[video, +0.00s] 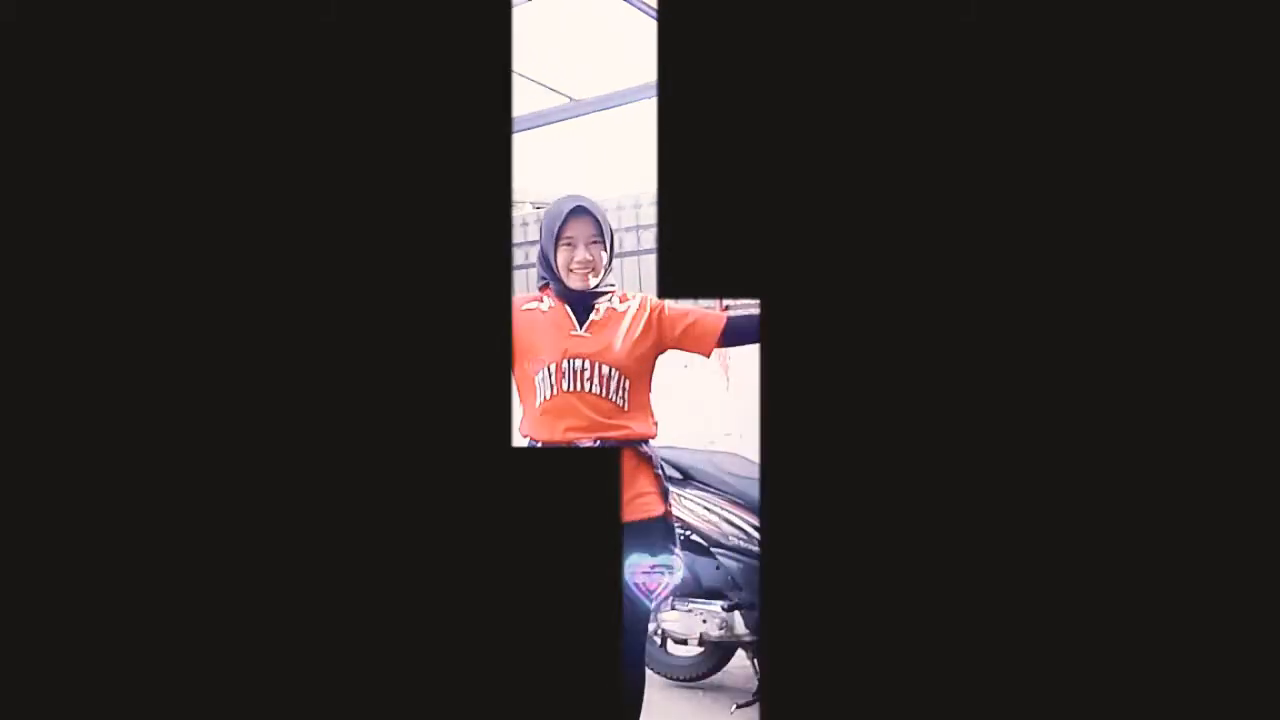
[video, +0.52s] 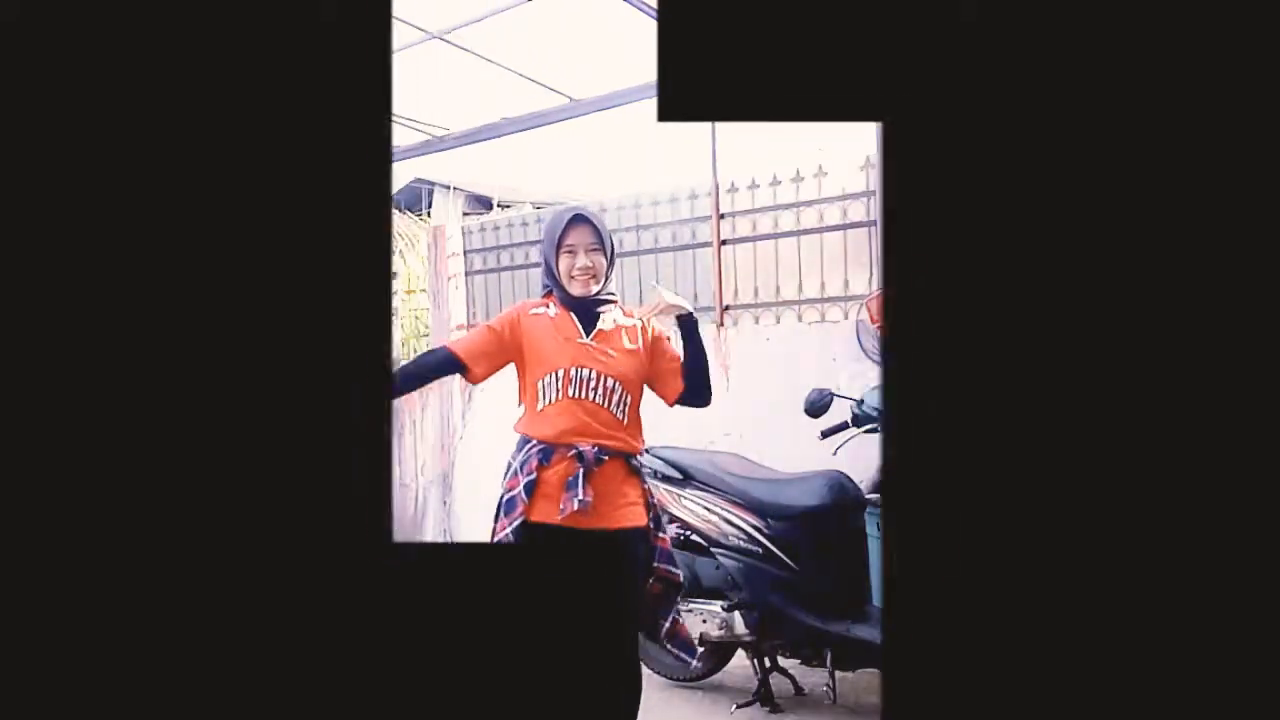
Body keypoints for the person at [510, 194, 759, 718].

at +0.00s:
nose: (583, 255)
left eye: (595, 243)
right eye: (569, 243)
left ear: (608, 251)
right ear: (549, 250)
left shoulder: (643, 312)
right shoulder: (520, 313)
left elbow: (725, 326)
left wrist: (771, 314)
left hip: (631, 488)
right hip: (551, 482)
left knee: (631, 628)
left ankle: (627, 708)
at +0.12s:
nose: (580, 260)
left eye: (591, 249)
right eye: (567, 248)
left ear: (604, 257)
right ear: (546, 256)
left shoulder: (638, 318)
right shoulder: (517, 322)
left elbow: (721, 346)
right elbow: (470, 393)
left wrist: (796, 364)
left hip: (631, 492)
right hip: (551, 487)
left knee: (623, 637)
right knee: (551, 633)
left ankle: (627, 709)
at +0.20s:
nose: (577, 261)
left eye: (587, 250)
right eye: (563, 251)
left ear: (602, 258)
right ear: (542, 259)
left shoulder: (632, 321)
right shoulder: (513, 323)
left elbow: (713, 349)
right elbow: (456, 379)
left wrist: (804, 356)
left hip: (627, 490)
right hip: (548, 487)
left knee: (629, 637)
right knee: (550, 631)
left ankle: (628, 708)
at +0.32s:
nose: (578, 253)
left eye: (590, 242)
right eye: (565, 243)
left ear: (604, 250)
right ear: (545, 251)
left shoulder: (635, 311)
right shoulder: (516, 310)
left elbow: (719, 335)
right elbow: (444, 346)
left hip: (619, 482)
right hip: (540, 484)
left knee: (629, 627)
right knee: (540, 626)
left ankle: (628, 714)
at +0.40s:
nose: (581, 255)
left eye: (592, 244)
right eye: (568, 245)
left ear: (607, 251)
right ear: (549, 254)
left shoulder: (639, 316)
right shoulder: (520, 311)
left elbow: (717, 355)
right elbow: (440, 339)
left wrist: (717, 279)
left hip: (618, 493)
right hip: (538, 491)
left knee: (624, 635)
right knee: (533, 633)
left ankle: (624, 714)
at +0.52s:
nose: (584, 261)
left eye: (594, 250)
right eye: (570, 251)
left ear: (608, 259)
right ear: (551, 261)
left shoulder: (638, 328)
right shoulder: (527, 318)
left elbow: (697, 395)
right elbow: (450, 357)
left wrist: (687, 323)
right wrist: (388, 386)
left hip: (619, 518)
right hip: (541, 514)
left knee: (616, 657)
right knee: (531, 652)